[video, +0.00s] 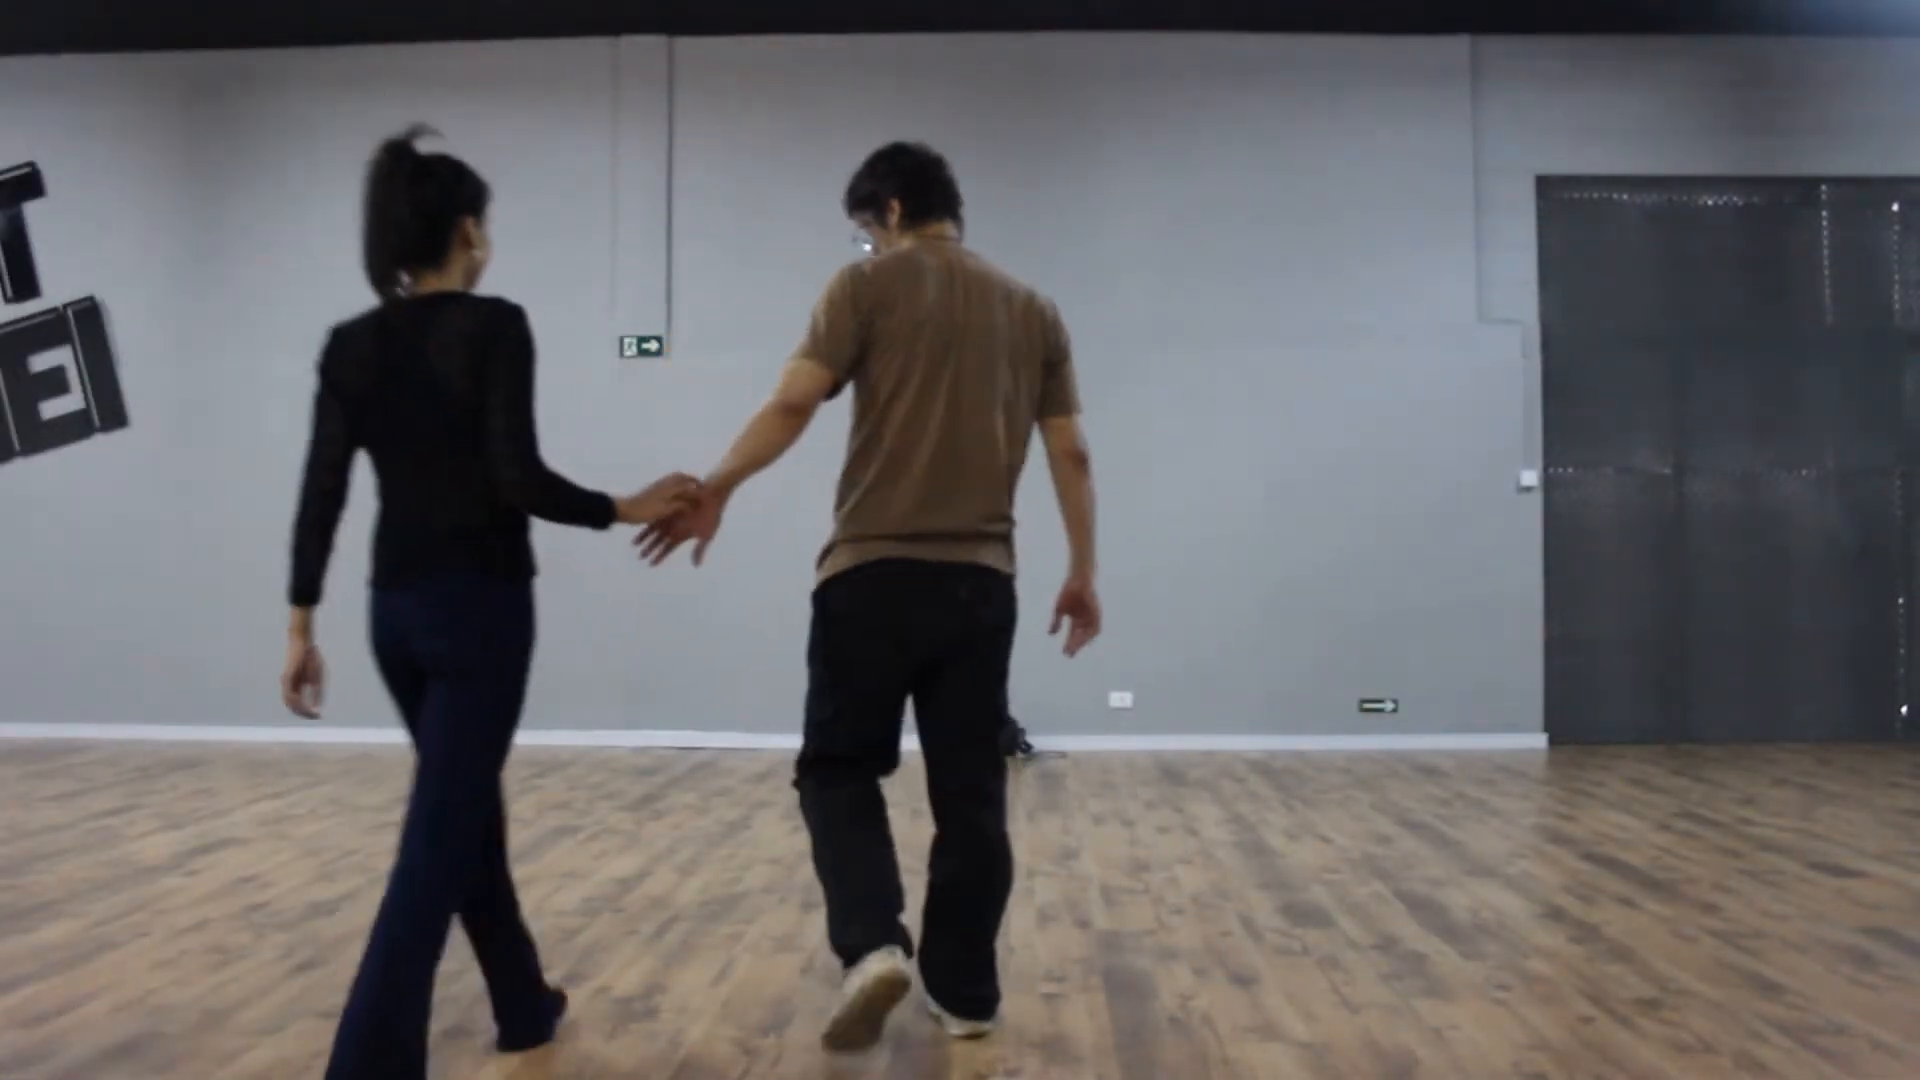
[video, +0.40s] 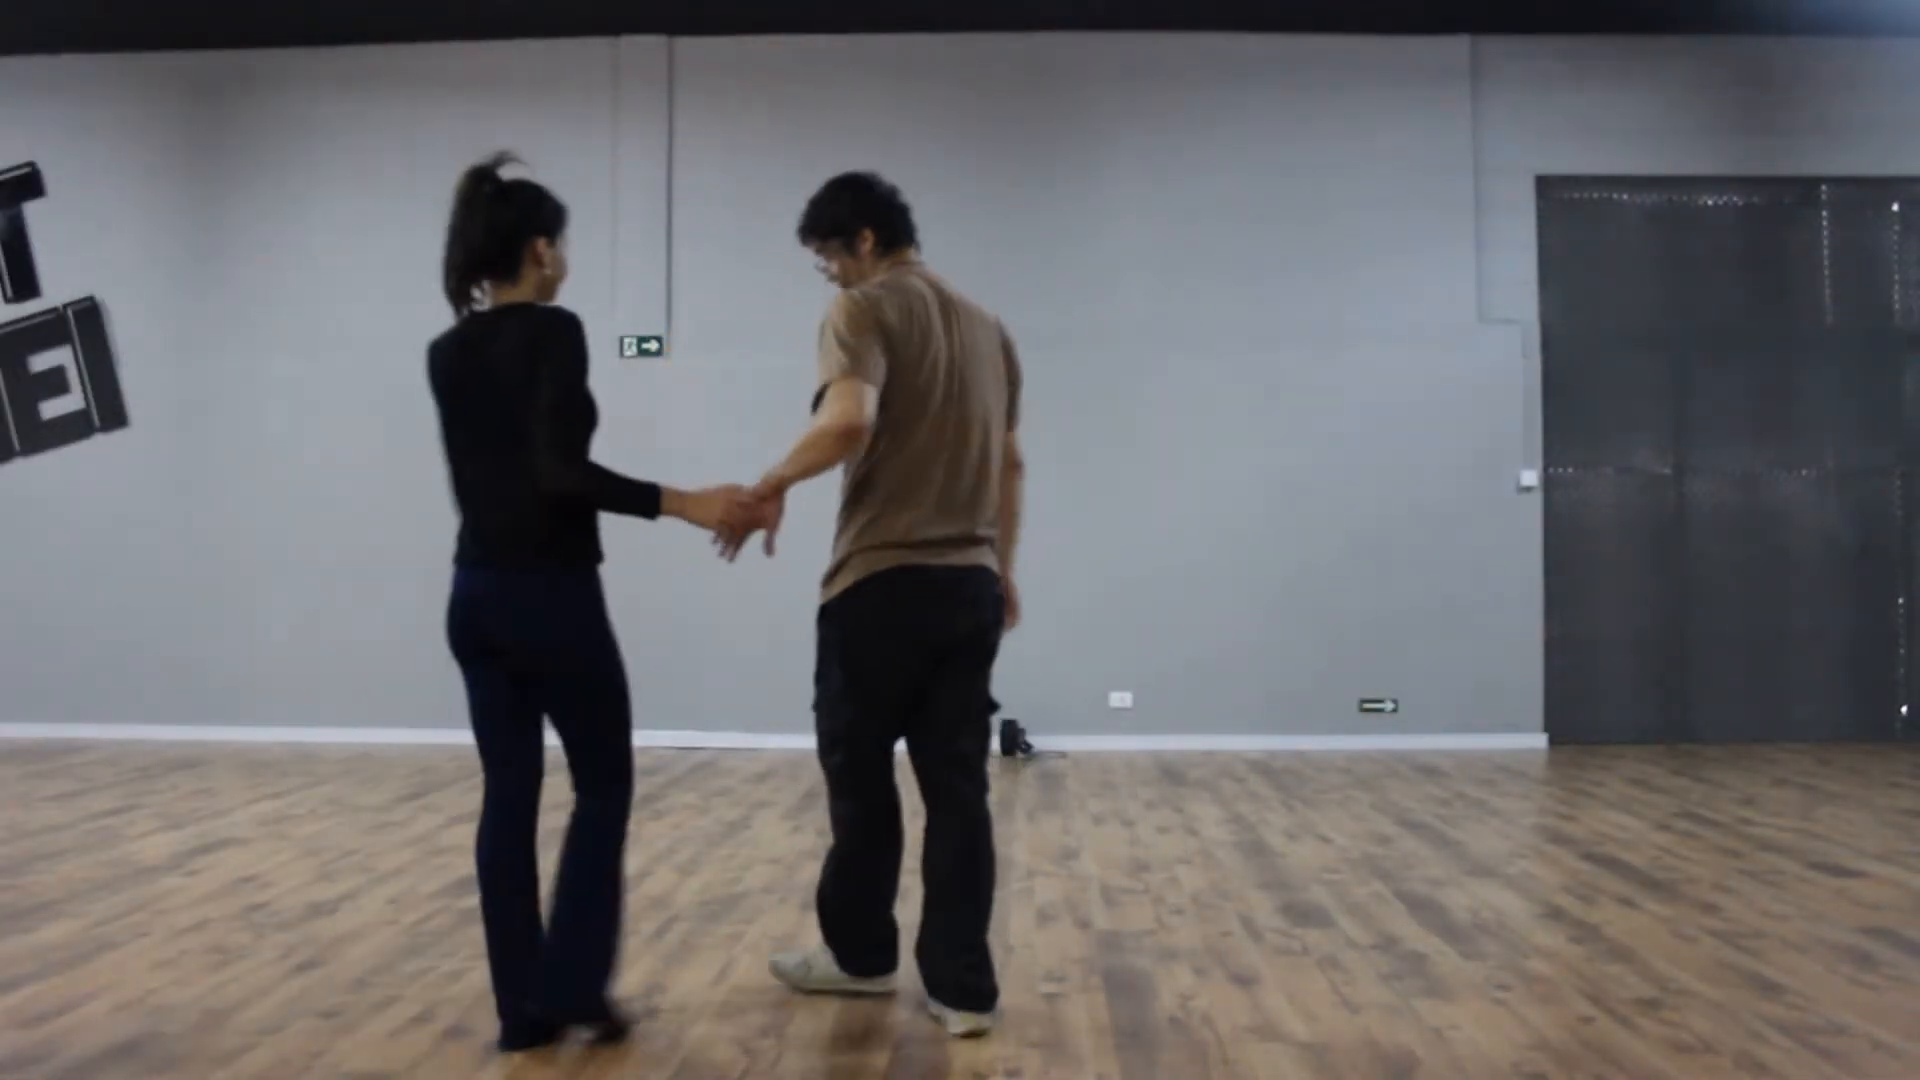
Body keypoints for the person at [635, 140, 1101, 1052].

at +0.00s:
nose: (863, 243)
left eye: (863, 229)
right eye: (859, 232)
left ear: (890, 213)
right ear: (954, 214)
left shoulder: (866, 286)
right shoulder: (1030, 308)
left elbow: (794, 404)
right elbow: (1071, 454)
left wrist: (715, 488)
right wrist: (1083, 572)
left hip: (868, 578)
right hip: (978, 586)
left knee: (839, 767)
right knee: (971, 786)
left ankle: (874, 948)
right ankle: (966, 1000)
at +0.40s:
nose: (829, 275)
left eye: (830, 257)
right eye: (822, 260)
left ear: (867, 239)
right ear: (900, 238)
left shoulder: (860, 312)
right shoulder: (989, 328)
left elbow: (850, 421)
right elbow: (1007, 460)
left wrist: (771, 483)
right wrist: (1003, 567)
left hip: (877, 591)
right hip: (970, 588)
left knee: (856, 773)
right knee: (958, 786)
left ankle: (859, 954)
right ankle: (964, 989)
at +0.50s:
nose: (806, 281)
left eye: (808, 264)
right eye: (799, 267)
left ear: (848, 245)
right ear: (877, 245)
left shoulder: (852, 314)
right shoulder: (965, 327)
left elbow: (859, 427)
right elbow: (966, 450)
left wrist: (780, 499)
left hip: (864, 588)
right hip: (952, 587)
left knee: (847, 774)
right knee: (946, 779)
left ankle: (858, 954)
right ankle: (961, 979)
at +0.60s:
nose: (791, 279)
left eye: (796, 262)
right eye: (784, 264)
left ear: (836, 245)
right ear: (858, 247)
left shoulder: (841, 316)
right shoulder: (946, 324)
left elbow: (859, 432)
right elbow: (946, 451)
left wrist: (785, 510)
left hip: (853, 587)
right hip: (937, 583)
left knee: (841, 772)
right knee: (930, 768)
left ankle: (858, 954)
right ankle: (959, 957)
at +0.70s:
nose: (781, 281)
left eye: (786, 263)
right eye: (773, 265)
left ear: (825, 246)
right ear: (844, 249)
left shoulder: (834, 317)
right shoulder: (927, 321)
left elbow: (857, 436)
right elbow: (925, 444)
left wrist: (792, 528)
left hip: (848, 585)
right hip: (921, 581)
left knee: (838, 771)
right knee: (907, 756)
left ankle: (858, 958)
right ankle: (952, 925)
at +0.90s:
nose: (756, 284)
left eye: (761, 268)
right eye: (750, 269)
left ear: (805, 255)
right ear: (815, 255)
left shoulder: (833, 323)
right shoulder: (865, 313)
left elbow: (870, 445)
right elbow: (883, 448)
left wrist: (808, 544)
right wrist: (826, 540)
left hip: (840, 577)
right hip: (874, 573)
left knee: (826, 761)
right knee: (850, 749)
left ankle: (860, 953)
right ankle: (911, 919)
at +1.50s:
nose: (732, 280)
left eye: (746, 266)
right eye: (721, 267)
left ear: (785, 260)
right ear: (711, 264)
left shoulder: (820, 327)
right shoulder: (734, 344)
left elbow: (873, 436)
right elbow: (670, 426)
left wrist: (826, 532)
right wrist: (590, 486)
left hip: (802, 572)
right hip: (749, 569)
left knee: (808, 751)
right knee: (749, 748)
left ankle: (862, 945)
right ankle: (778, 923)